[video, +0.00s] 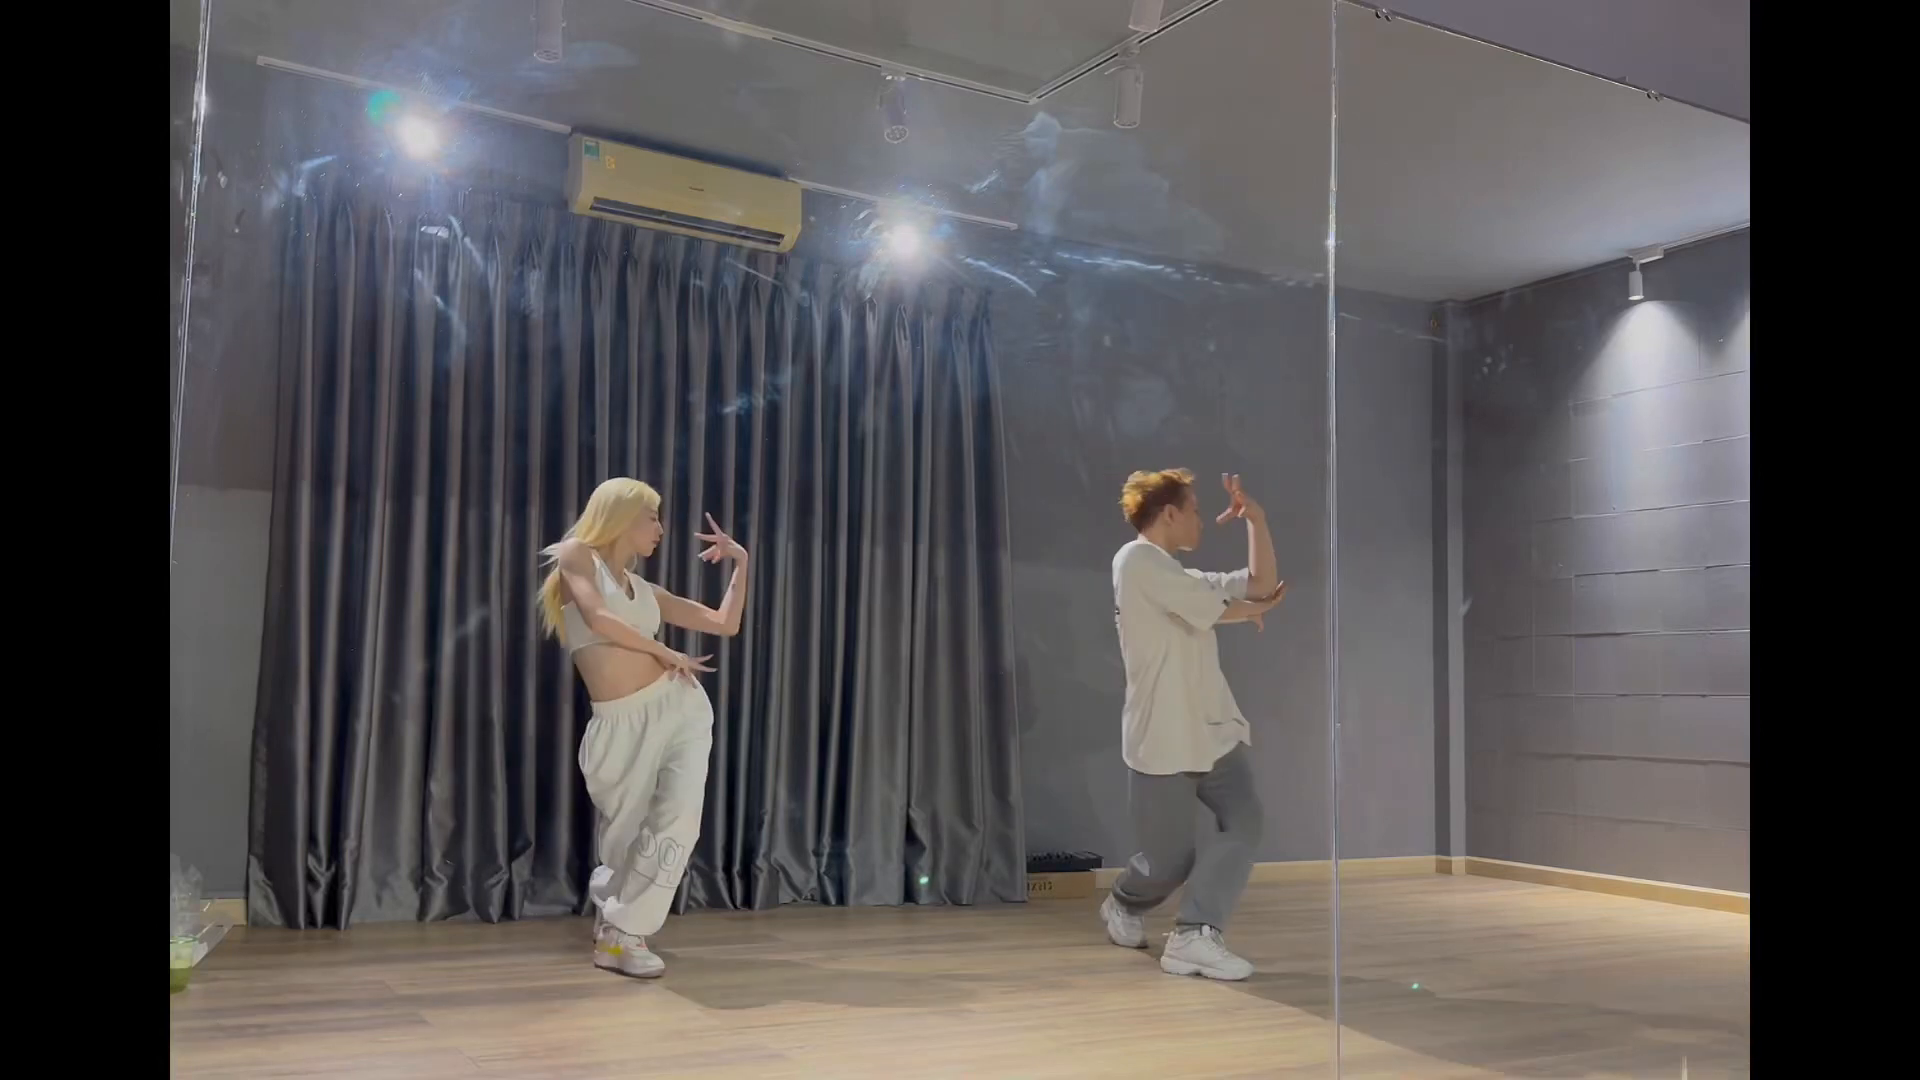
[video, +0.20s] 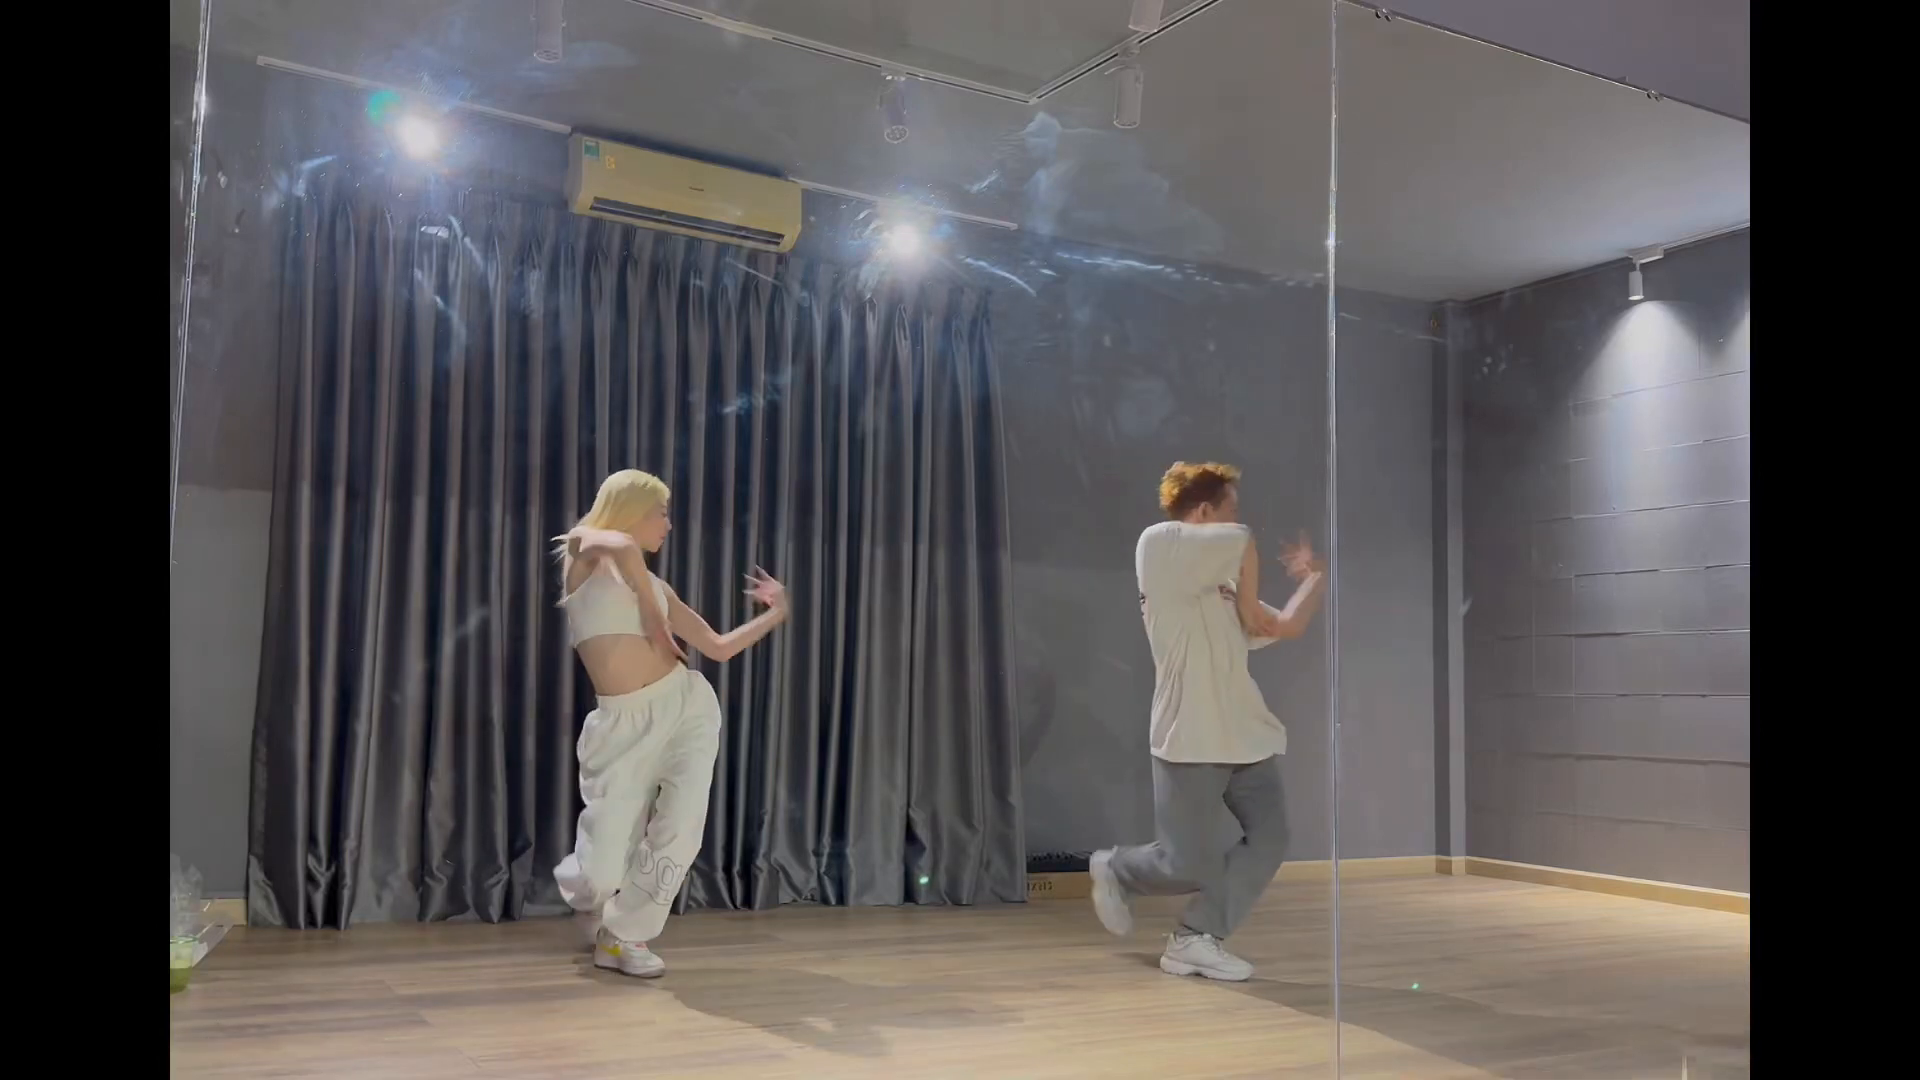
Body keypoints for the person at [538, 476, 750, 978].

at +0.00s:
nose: (660, 528)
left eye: (659, 519)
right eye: (651, 518)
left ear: (638, 525)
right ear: (619, 519)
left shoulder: (642, 591)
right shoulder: (577, 555)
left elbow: (725, 622)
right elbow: (598, 619)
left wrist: (741, 561)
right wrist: (664, 652)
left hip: (681, 708)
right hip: (622, 727)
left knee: (676, 829)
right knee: (625, 840)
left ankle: (624, 936)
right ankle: (611, 915)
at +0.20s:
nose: (669, 522)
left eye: (668, 513)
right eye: (661, 511)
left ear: (637, 517)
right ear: (629, 511)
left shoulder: (657, 587)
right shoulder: (582, 544)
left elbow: (719, 646)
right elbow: (623, 546)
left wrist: (777, 613)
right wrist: (651, 613)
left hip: (686, 706)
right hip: (623, 725)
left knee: (678, 838)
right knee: (600, 873)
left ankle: (621, 937)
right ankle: (587, 899)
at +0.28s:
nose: (678, 514)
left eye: (676, 504)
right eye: (668, 504)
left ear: (650, 516)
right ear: (635, 510)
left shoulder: (667, 585)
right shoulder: (591, 562)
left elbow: (712, 649)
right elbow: (583, 499)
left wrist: (771, 614)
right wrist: (627, 546)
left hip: (685, 713)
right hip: (620, 725)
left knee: (675, 841)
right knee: (619, 839)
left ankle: (621, 937)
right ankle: (578, 898)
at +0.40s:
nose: (673, 494)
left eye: (679, 489)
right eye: (658, 485)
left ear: (685, 506)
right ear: (626, 498)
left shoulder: (694, 572)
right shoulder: (606, 557)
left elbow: (699, 645)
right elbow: (526, 526)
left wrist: (716, 571)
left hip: (687, 716)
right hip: (623, 713)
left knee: (675, 835)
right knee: (664, 772)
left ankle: (630, 940)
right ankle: (621, 918)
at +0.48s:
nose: (652, 502)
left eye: (662, 492)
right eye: (640, 495)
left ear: (681, 501)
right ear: (625, 509)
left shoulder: (705, 557)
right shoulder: (614, 568)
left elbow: (710, 630)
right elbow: (536, 573)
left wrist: (658, 579)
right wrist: (533, 498)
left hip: (693, 714)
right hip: (630, 710)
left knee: (680, 839)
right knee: (689, 788)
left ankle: (616, 935)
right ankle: (672, 947)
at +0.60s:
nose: (645, 501)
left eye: (658, 492)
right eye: (636, 492)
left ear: (679, 504)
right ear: (624, 506)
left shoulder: (707, 548)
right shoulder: (618, 578)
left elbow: (714, 612)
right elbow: (582, 624)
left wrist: (633, 619)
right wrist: (513, 568)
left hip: (704, 713)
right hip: (642, 708)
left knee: (692, 850)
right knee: (712, 819)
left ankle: (613, 935)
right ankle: (675, 957)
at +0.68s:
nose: (644, 490)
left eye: (656, 480)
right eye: (635, 480)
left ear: (677, 488)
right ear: (622, 489)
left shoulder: (707, 537)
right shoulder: (615, 564)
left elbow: (724, 591)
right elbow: (616, 632)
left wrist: (658, 623)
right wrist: (530, 602)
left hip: (709, 697)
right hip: (649, 694)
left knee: (689, 840)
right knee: (715, 818)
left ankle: (606, 934)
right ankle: (672, 957)